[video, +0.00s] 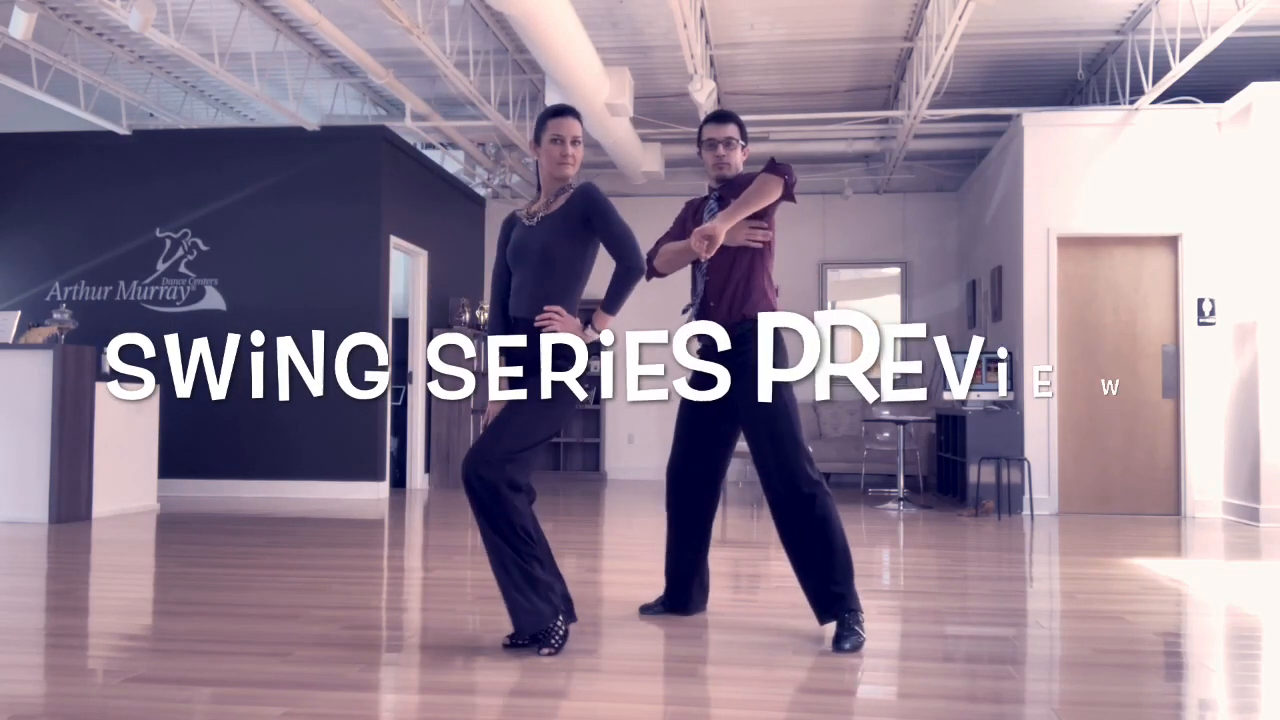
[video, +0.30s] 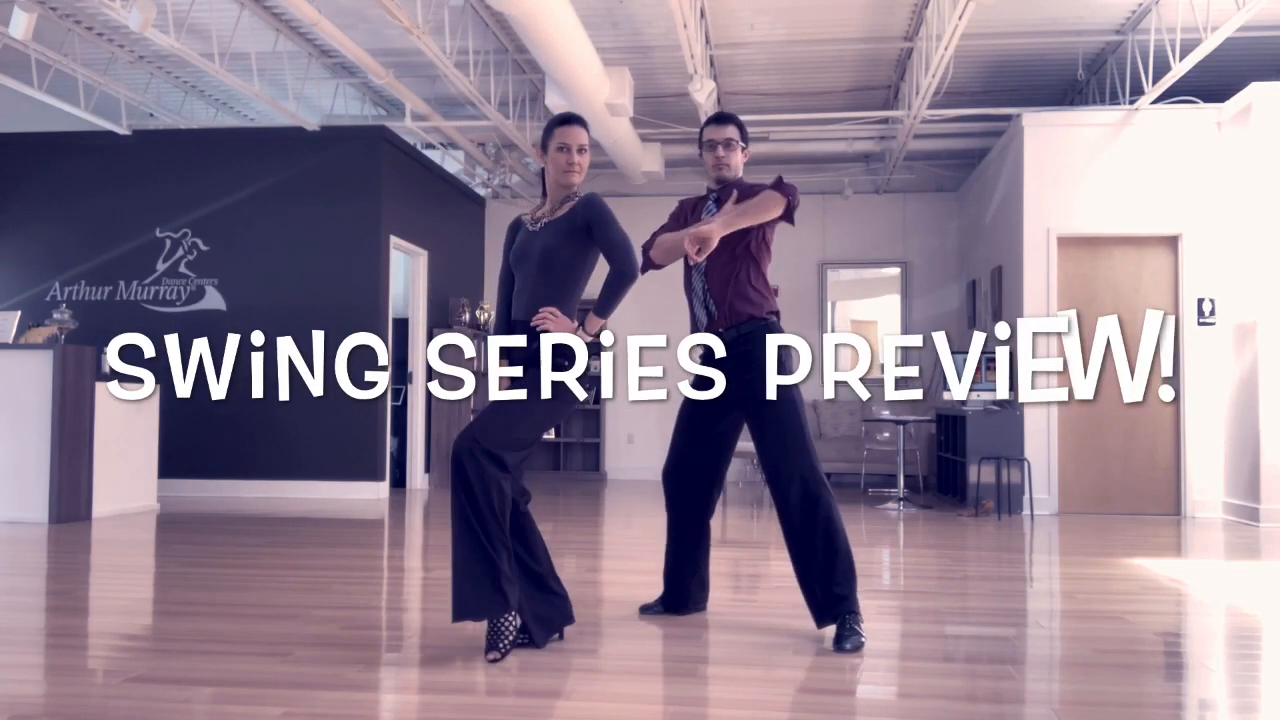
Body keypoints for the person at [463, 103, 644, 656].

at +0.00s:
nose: (568, 151)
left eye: (576, 142)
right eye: (557, 141)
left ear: (584, 151)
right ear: (536, 149)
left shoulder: (587, 201)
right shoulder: (516, 222)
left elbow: (633, 262)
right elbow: (500, 304)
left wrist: (592, 328)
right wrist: (496, 384)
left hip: (561, 366)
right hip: (519, 367)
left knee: (484, 468)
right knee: (498, 480)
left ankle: (549, 609)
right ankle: (538, 614)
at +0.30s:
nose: (574, 159)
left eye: (582, 150)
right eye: (563, 149)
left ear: (591, 159)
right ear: (541, 157)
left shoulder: (589, 208)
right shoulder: (519, 225)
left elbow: (627, 266)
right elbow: (504, 301)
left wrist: (586, 328)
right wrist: (496, 359)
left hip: (559, 368)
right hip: (518, 367)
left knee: (475, 448)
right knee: (501, 483)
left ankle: (506, 601)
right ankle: (546, 607)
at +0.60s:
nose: (575, 163)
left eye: (583, 155)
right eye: (565, 153)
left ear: (591, 164)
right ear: (543, 158)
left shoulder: (589, 211)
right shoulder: (518, 228)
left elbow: (623, 266)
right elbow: (503, 302)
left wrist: (584, 325)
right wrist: (498, 359)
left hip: (559, 369)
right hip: (517, 369)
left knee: (475, 450)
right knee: (500, 487)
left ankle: (501, 603)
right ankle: (546, 609)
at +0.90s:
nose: (579, 164)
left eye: (587, 157)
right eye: (569, 154)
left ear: (593, 166)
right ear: (543, 158)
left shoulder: (590, 213)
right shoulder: (518, 229)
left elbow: (622, 270)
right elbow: (502, 304)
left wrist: (583, 327)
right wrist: (498, 360)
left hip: (560, 371)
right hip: (517, 371)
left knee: (474, 452)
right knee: (499, 487)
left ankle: (502, 605)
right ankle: (547, 609)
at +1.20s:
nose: (581, 165)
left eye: (589, 158)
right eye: (571, 155)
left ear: (595, 166)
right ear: (544, 159)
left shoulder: (593, 214)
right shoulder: (518, 229)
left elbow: (625, 271)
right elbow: (501, 305)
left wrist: (584, 329)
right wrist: (498, 362)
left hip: (561, 371)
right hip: (518, 370)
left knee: (475, 452)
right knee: (497, 486)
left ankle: (503, 605)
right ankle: (546, 608)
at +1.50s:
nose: (578, 163)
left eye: (586, 155)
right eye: (568, 153)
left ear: (593, 164)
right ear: (543, 158)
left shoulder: (591, 214)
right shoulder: (517, 227)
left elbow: (623, 271)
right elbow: (500, 311)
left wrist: (584, 326)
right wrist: (490, 387)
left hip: (558, 371)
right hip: (515, 371)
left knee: (476, 451)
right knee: (496, 485)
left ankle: (503, 605)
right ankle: (546, 608)